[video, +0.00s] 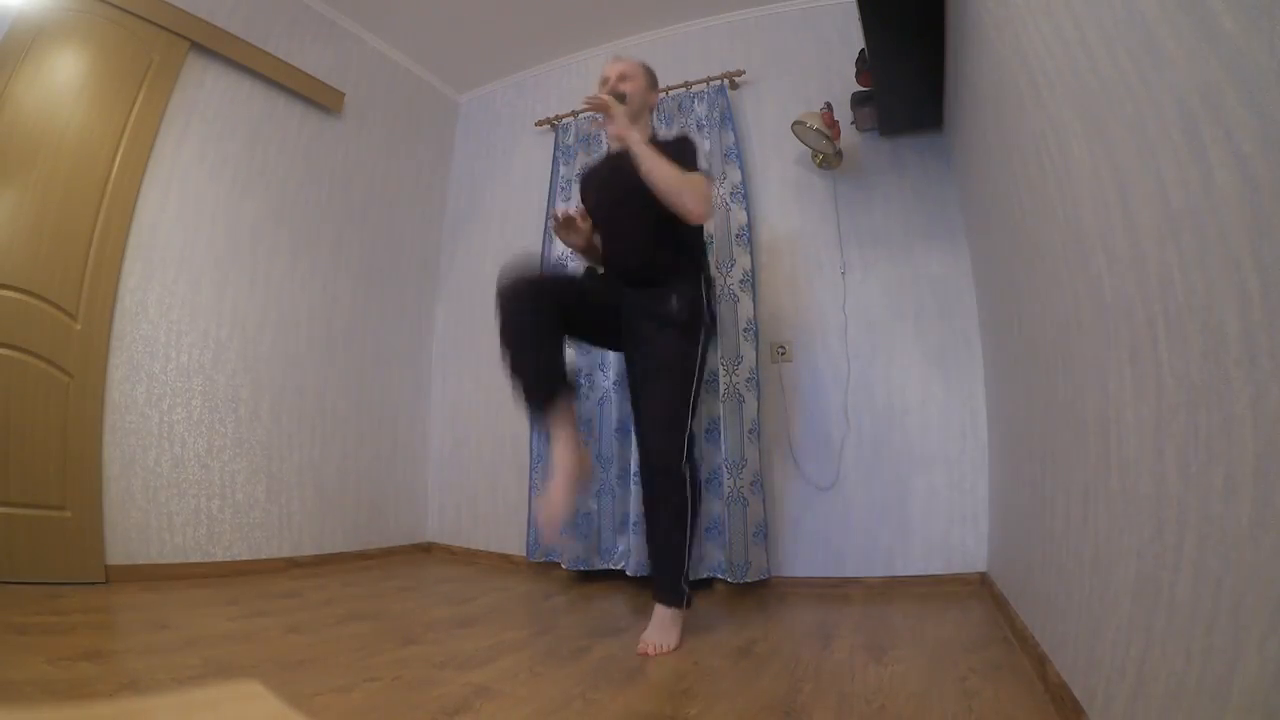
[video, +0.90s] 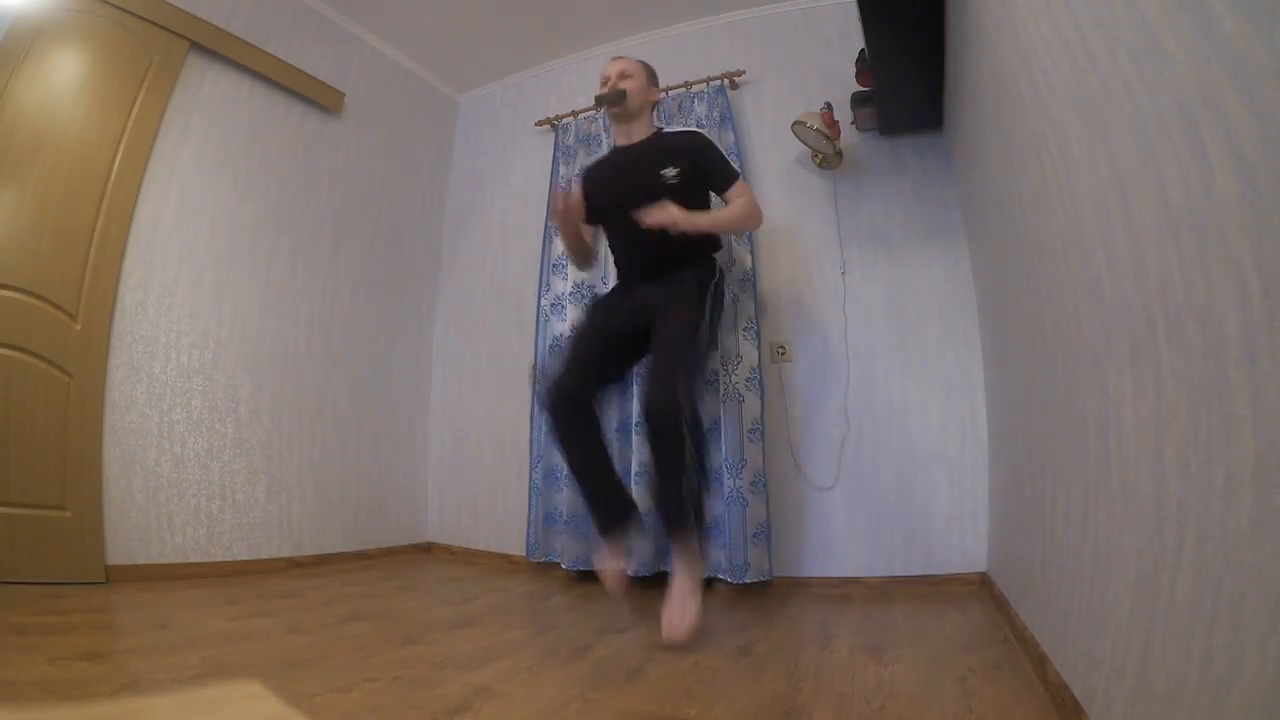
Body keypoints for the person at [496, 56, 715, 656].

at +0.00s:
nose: (612, 87)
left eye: (625, 79)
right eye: (605, 80)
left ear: (654, 98)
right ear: (596, 99)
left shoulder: (675, 150)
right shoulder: (597, 176)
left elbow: (698, 207)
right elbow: (606, 256)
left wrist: (635, 140)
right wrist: (583, 242)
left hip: (670, 311)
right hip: (614, 306)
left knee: (663, 452)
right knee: (523, 292)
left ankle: (669, 601)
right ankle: (566, 444)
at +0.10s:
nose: (617, 71)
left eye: (630, 64)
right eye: (608, 68)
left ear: (657, 84)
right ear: (600, 91)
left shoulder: (688, 144)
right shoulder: (586, 156)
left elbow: (729, 217)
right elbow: (580, 221)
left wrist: (669, 175)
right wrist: (578, 237)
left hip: (673, 275)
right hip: (608, 281)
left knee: (655, 370)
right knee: (575, 401)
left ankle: (663, 541)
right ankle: (607, 562)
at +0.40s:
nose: (618, 89)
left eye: (632, 81)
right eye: (611, 84)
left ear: (661, 99)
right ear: (605, 105)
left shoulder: (689, 154)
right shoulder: (602, 180)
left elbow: (748, 225)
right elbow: (594, 264)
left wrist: (686, 224)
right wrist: (577, 242)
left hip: (680, 307)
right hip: (620, 309)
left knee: (676, 449)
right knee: (529, 348)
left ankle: (697, 582)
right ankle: (581, 488)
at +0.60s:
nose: (627, 80)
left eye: (641, 74)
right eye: (619, 77)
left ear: (666, 96)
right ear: (610, 100)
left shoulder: (691, 149)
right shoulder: (602, 168)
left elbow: (724, 215)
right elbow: (608, 231)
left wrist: (643, 165)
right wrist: (600, 255)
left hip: (683, 300)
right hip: (621, 303)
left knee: (676, 422)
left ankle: (694, 569)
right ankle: (617, 519)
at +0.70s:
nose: (629, 90)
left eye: (642, 82)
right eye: (621, 85)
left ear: (668, 100)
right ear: (612, 106)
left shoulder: (699, 166)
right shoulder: (595, 175)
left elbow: (732, 247)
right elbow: (569, 261)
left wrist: (680, 229)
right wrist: (577, 239)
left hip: (684, 298)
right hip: (620, 309)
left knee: (661, 298)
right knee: (636, 447)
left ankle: (684, 459)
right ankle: (657, 583)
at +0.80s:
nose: (620, 94)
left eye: (633, 87)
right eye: (613, 90)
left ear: (661, 107)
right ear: (604, 113)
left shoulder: (694, 172)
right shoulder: (592, 181)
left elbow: (736, 240)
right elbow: (550, 259)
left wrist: (710, 255)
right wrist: (558, 206)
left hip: (692, 302)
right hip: (628, 314)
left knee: (647, 274)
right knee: (636, 450)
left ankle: (670, 446)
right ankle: (663, 585)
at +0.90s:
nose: (614, 81)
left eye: (627, 74)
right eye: (606, 78)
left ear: (654, 94)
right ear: (600, 102)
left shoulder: (688, 146)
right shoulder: (595, 175)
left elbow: (749, 212)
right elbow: (585, 259)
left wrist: (688, 219)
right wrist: (569, 225)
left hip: (689, 290)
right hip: (630, 296)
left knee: (665, 400)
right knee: (565, 395)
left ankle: (686, 554)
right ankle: (615, 523)